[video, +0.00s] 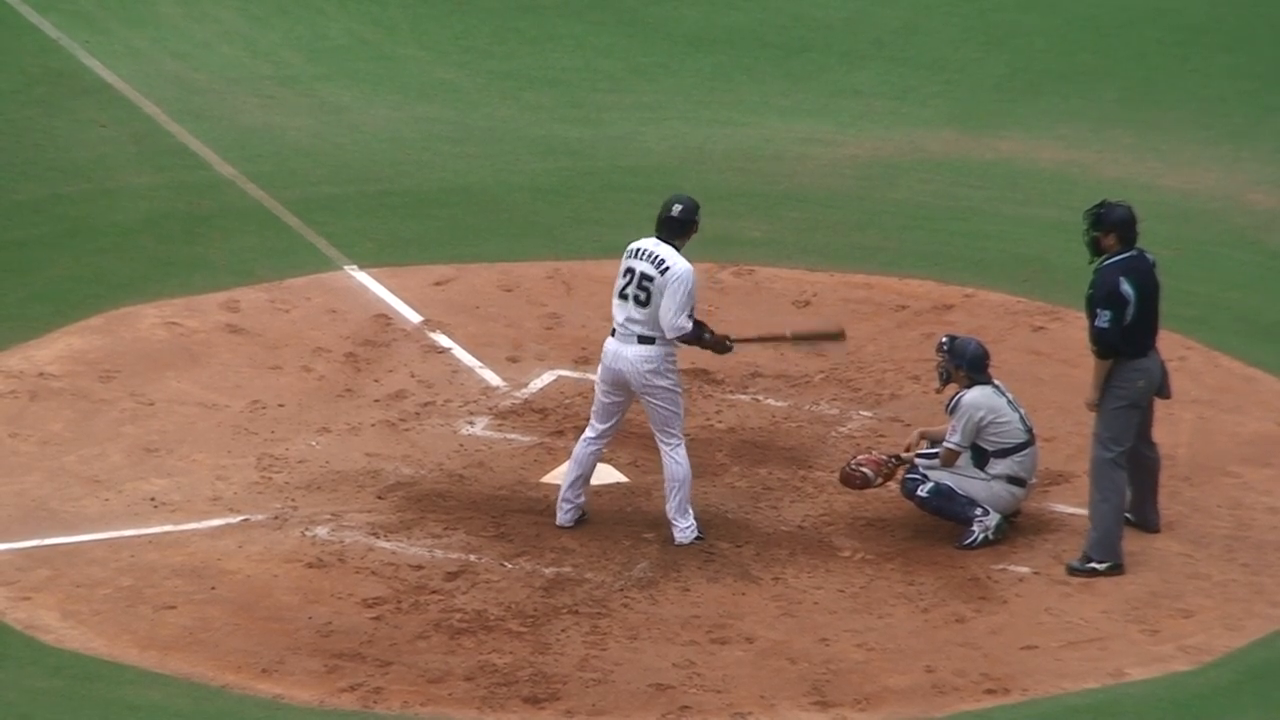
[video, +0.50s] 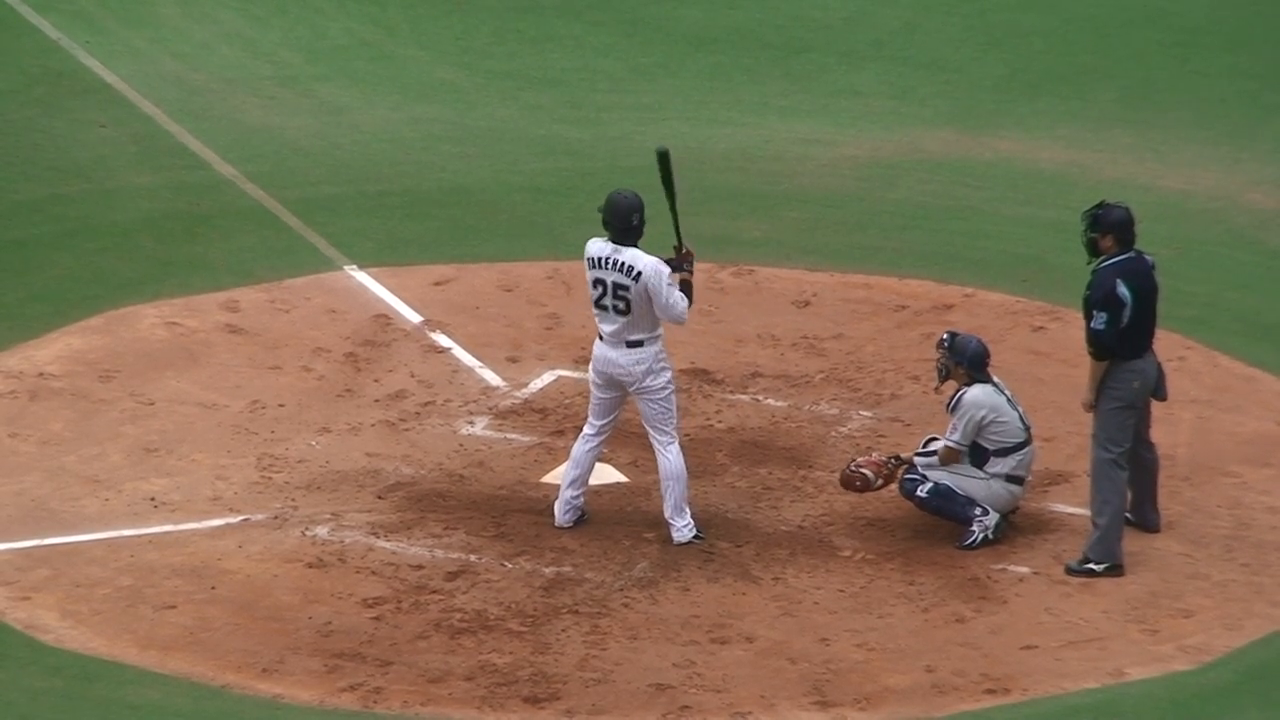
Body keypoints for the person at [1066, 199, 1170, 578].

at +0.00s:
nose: (1093, 236)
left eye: (1098, 232)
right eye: (1096, 230)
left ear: (1110, 237)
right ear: (1126, 234)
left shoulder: (1109, 276)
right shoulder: (1143, 261)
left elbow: (1106, 343)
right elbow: (1145, 321)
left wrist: (1095, 388)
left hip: (1124, 372)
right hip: (1147, 363)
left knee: (1108, 457)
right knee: (1139, 443)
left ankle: (1103, 553)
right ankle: (1145, 512)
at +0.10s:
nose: (1093, 237)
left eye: (1098, 232)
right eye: (1096, 231)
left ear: (1110, 238)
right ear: (1127, 235)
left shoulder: (1109, 277)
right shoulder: (1143, 262)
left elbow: (1104, 344)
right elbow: (1144, 322)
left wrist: (1093, 388)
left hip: (1123, 374)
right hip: (1146, 365)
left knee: (1104, 457)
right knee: (1138, 443)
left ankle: (1102, 554)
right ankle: (1145, 512)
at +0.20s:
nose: (1094, 239)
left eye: (1099, 234)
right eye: (1097, 232)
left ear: (1111, 239)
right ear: (1128, 236)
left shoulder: (1109, 278)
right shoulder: (1144, 264)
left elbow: (1103, 345)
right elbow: (1144, 323)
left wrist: (1091, 389)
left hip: (1121, 375)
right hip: (1144, 367)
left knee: (1105, 458)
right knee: (1137, 444)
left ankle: (1103, 555)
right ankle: (1146, 513)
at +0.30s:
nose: (1094, 238)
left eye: (1098, 233)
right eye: (1096, 231)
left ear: (1110, 239)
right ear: (1127, 236)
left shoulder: (1108, 278)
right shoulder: (1143, 264)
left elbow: (1102, 345)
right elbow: (1143, 323)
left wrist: (1091, 388)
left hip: (1120, 375)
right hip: (1144, 366)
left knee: (1107, 459)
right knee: (1137, 445)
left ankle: (1103, 554)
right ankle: (1146, 513)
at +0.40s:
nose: (1093, 237)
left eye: (1097, 232)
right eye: (1095, 231)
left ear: (1109, 238)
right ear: (1126, 235)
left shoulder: (1107, 277)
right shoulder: (1142, 263)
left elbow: (1102, 343)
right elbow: (1143, 321)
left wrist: (1091, 387)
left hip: (1121, 373)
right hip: (1144, 364)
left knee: (1108, 458)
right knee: (1137, 443)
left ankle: (1104, 553)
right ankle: (1146, 512)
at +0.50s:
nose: (1092, 238)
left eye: (1096, 234)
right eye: (1094, 232)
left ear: (1107, 239)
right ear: (1125, 235)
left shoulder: (1106, 279)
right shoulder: (1142, 264)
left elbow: (1101, 346)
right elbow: (1142, 321)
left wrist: (1091, 388)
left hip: (1120, 374)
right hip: (1144, 365)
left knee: (1108, 458)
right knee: (1137, 443)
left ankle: (1103, 554)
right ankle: (1146, 512)